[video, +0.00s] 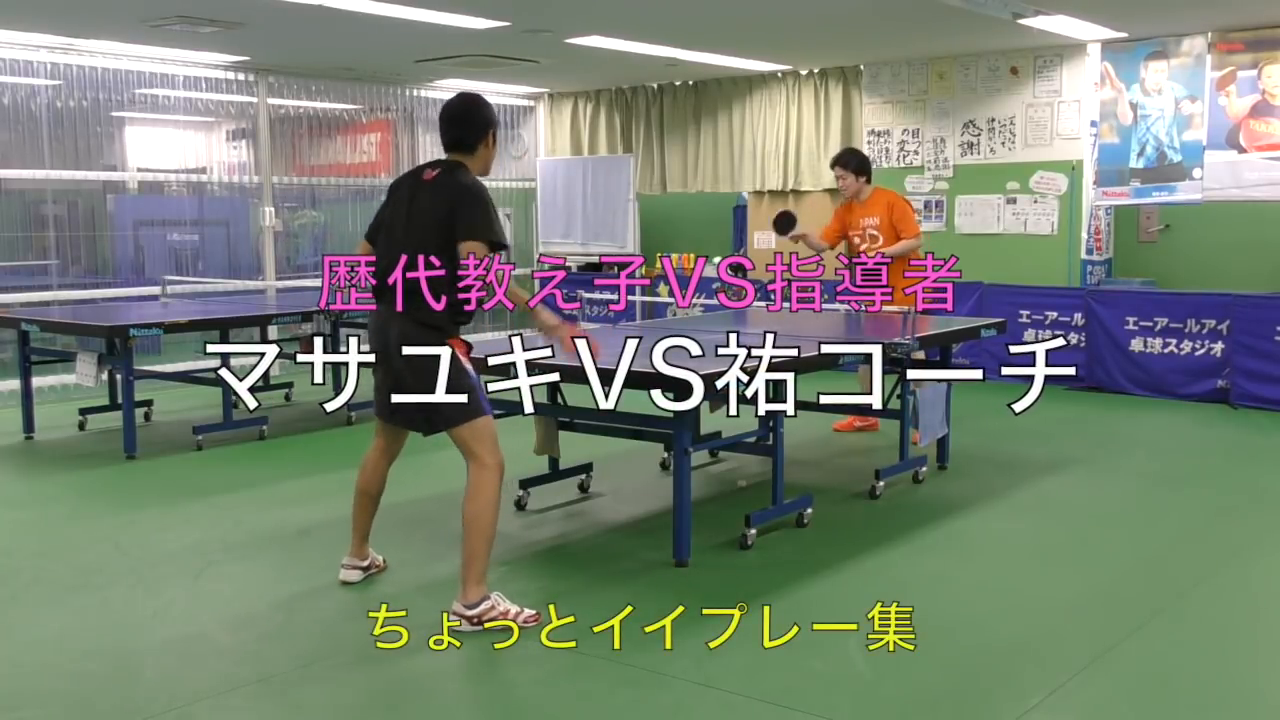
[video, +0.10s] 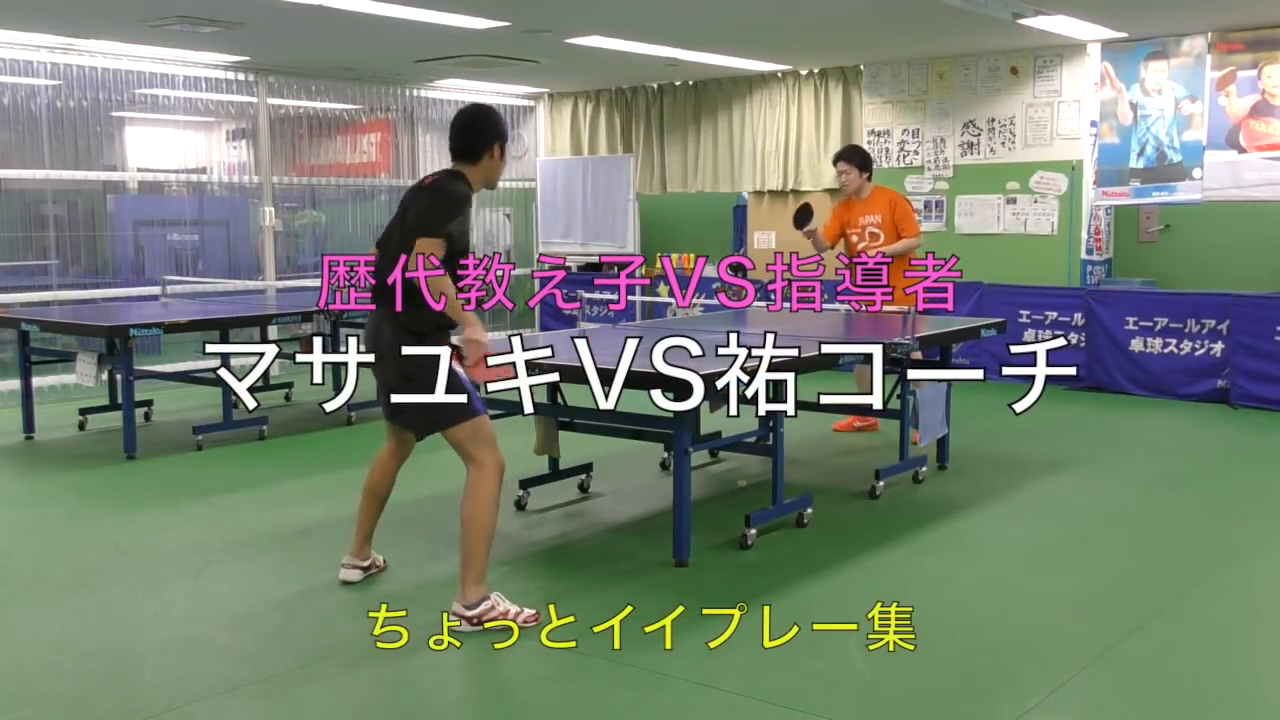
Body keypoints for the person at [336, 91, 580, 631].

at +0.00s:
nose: (497, 146)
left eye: (495, 137)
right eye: (496, 137)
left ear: (444, 137)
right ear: (487, 139)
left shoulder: (407, 183)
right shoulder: (467, 190)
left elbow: (370, 248)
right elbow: (479, 266)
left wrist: (421, 287)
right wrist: (544, 318)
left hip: (388, 341)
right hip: (433, 345)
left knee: (384, 445)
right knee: (487, 460)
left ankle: (356, 555)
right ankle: (474, 596)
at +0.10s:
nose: (505, 163)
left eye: (504, 153)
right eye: (504, 152)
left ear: (459, 147)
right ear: (490, 152)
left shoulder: (426, 189)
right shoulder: (452, 192)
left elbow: (390, 262)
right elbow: (426, 265)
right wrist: (467, 321)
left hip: (390, 343)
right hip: (418, 347)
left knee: (397, 445)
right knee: (487, 460)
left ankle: (358, 555)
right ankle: (473, 597)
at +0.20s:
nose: (508, 178)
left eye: (510, 168)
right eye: (506, 167)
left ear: (470, 160)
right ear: (484, 160)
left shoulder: (431, 196)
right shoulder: (448, 198)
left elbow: (389, 273)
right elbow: (424, 262)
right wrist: (474, 317)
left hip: (393, 352)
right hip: (416, 356)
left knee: (402, 447)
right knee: (486, 460)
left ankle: (359, 554)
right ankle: (472, 598)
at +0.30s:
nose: (505, 175)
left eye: (507, 165)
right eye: (503, 164)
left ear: (469, 155)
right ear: (477, 155)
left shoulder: (417, 193)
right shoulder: (447, 196)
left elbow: (376, 260)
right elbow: (467, 280)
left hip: (386, 345)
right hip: (418, 350)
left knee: (394, 443)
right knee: (484, 460)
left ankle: (358, 554)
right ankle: (473, 597)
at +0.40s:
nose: (497, 161)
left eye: (498, 151)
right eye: (496, 150)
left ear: (451, 143)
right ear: (474, 145)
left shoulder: (404, 185)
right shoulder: (469, 190)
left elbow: (370, 249)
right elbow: (528, 250)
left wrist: (427, 269)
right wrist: (572, 226)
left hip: (384, 340)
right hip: (425, 345)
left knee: (382, 443)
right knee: (485, 459)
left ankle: (357, 554)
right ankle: (473, 597)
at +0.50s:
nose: (488, 147)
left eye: (486, 138)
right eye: (486, 138)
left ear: (437, 138)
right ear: (474, 139)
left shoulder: (396, 184)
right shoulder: (478, 185)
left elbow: (364, 246)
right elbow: (549, 225)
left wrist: (420, 255)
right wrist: (562, 195)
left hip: (383, 339)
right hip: (434, 342)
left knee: (379, 445)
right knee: (491, 460)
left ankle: (356, 554)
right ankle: (475, 595)